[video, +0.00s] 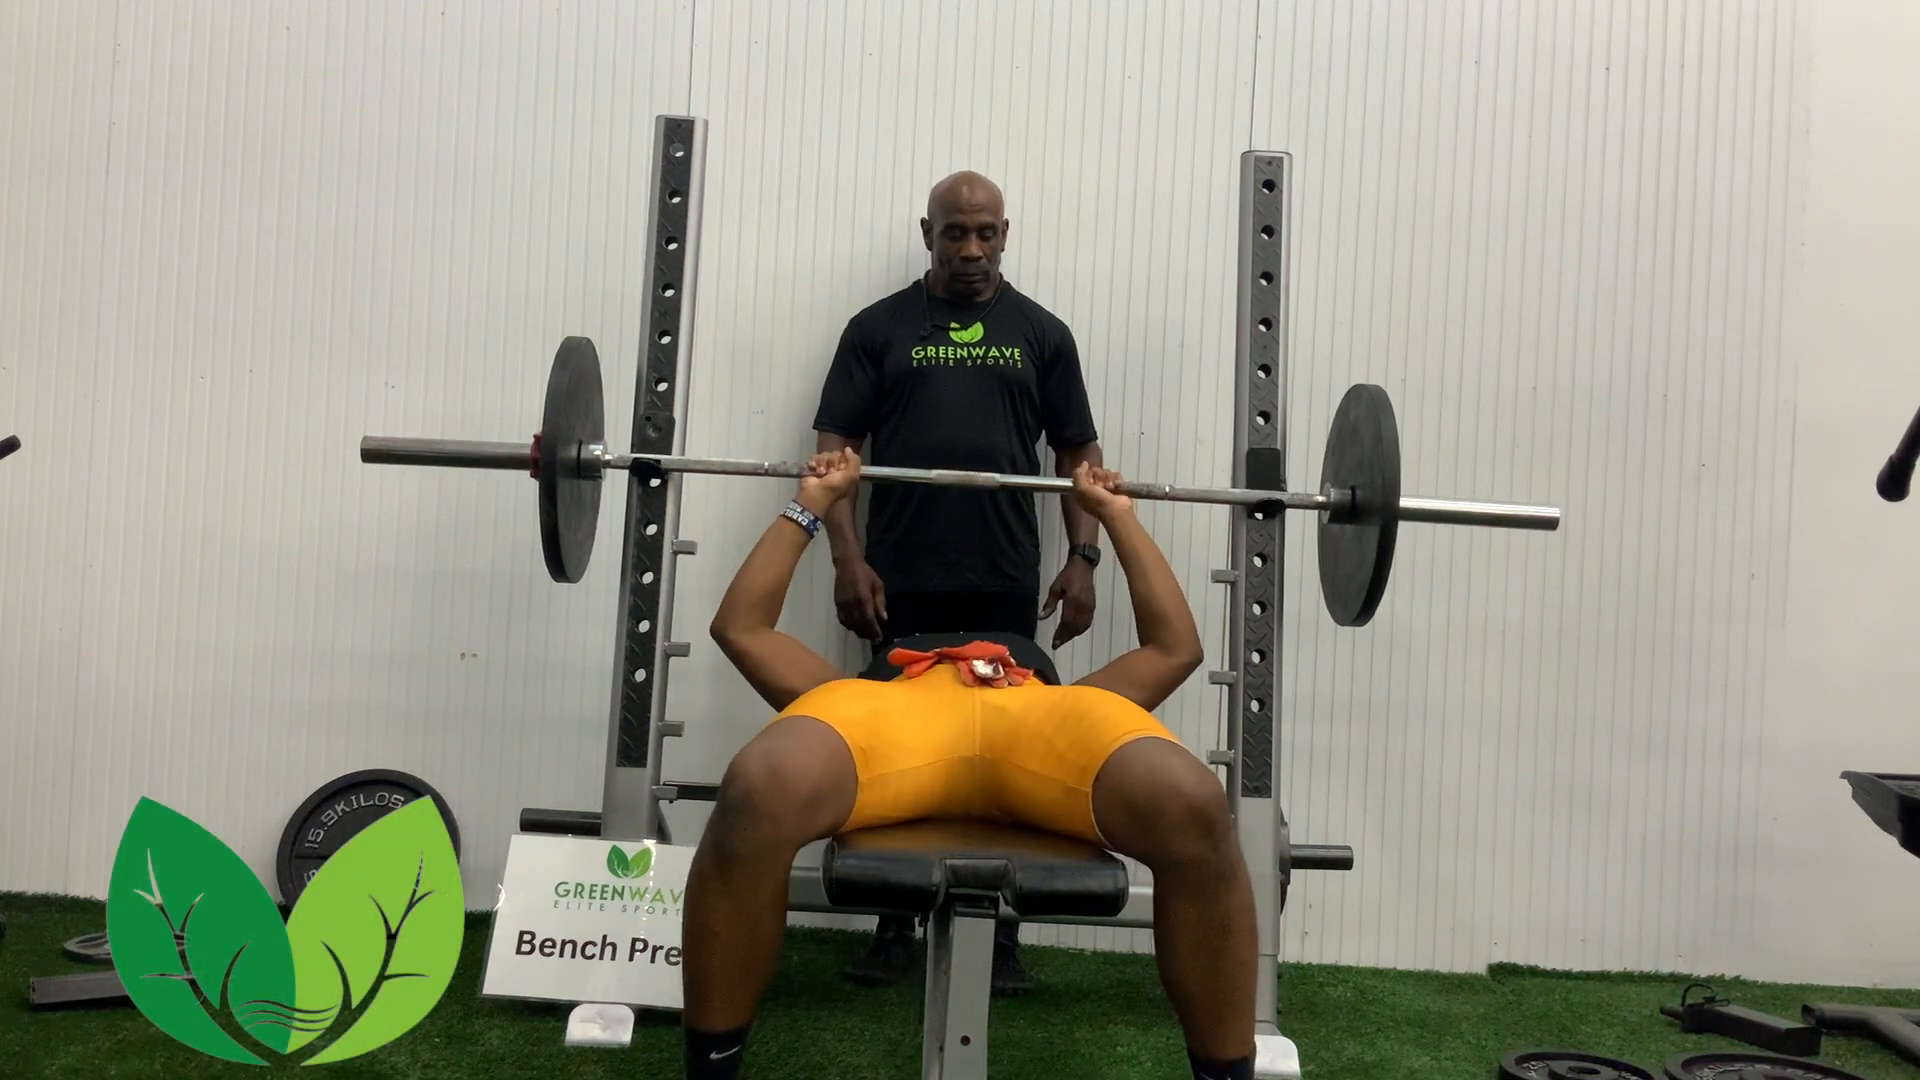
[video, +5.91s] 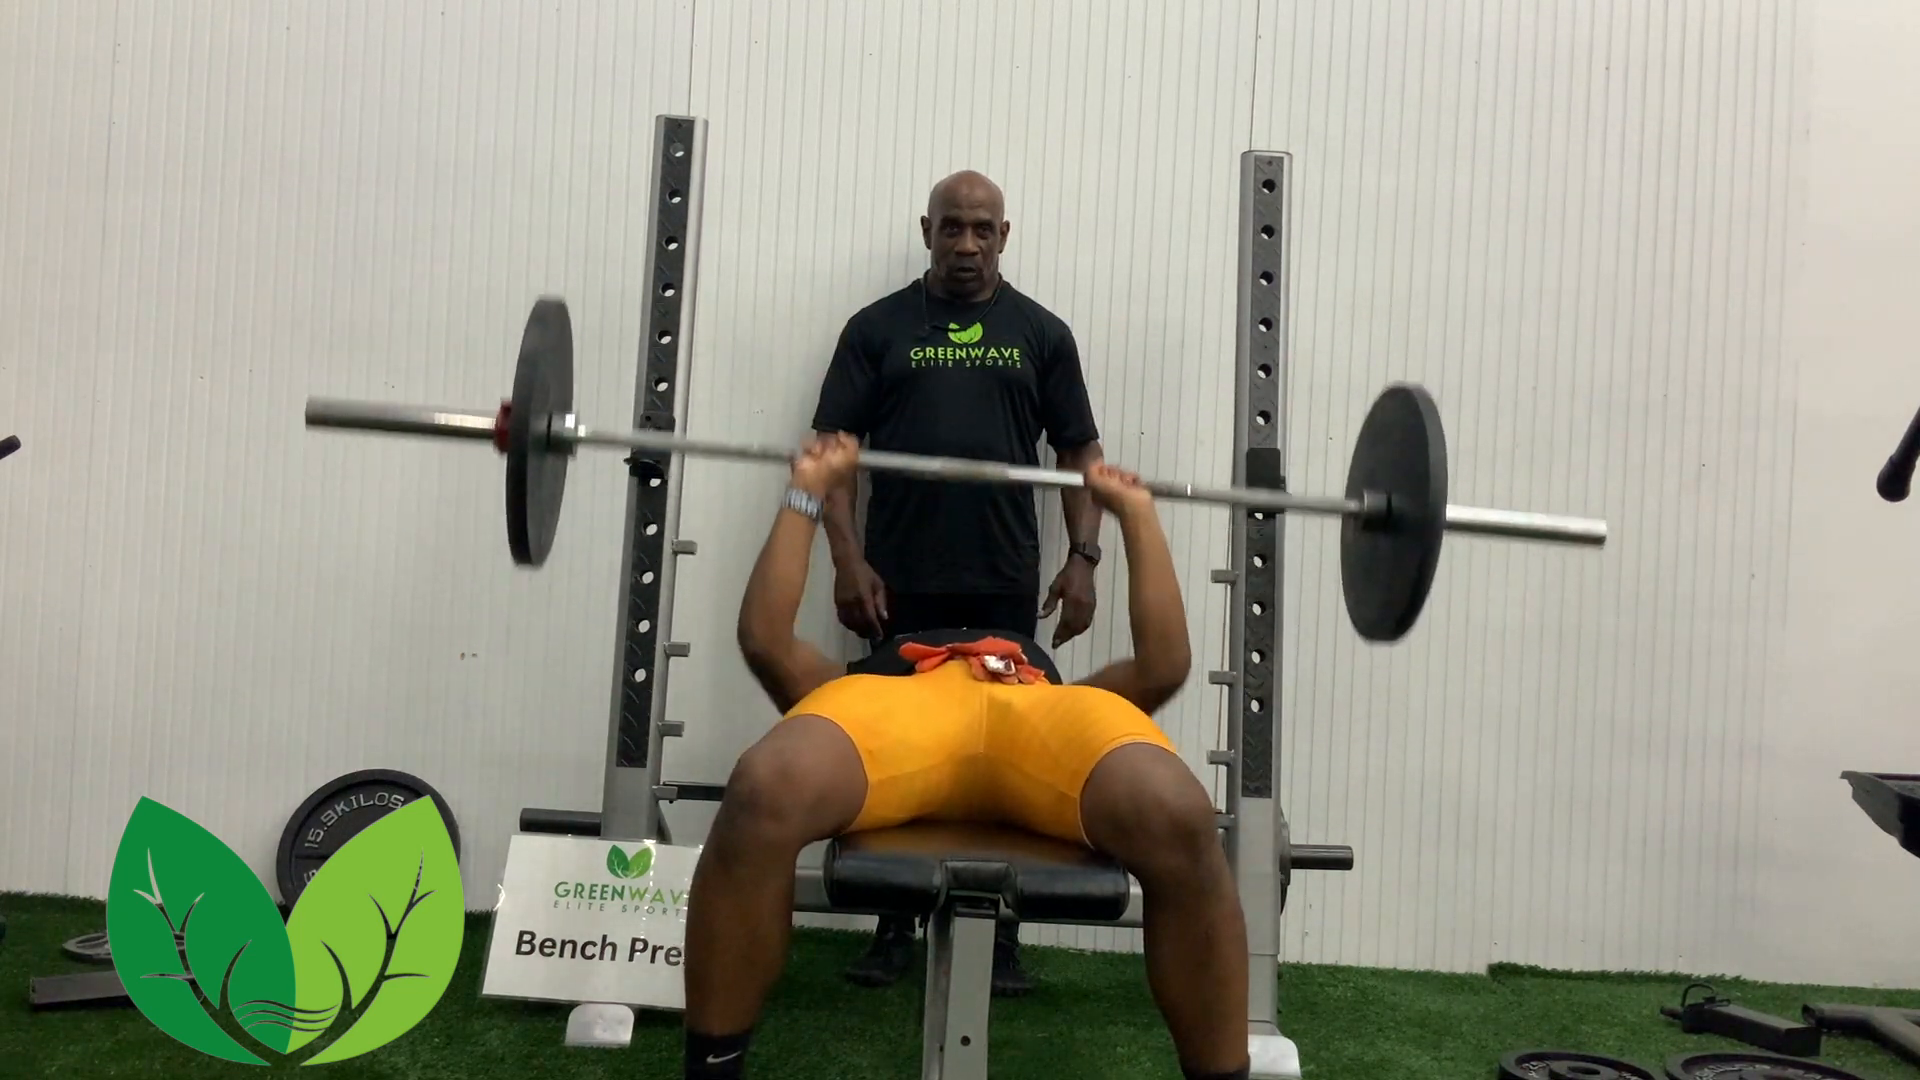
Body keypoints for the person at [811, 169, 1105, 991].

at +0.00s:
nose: (972, 248)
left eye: (987, 234)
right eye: (956, 233)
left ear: (1006, 238)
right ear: (927, 236)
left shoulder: (1041, 335)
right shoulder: (876, 332)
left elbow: (1078, 457)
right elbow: (833, 456)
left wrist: (1082, 558)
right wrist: (849, 561)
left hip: (1007, 583)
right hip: (903, 580)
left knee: (1013, 750)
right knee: (892, 747)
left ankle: (1000, 930)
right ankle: (896, 922)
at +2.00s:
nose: (967, 248)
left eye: (983, 235)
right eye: (952, 233)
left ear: (1005, 239)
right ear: (926, 237)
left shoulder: (1042, 336)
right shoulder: (877, 330)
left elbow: (1078, 455)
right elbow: (836, 445)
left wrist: (1083, 563)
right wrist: (844, 556)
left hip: (1006, 590)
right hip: (900, 585)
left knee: (1011, 759)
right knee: (889, 754)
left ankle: (1000, 931)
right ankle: (894, 924)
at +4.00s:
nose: (969, 249)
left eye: (986, 235)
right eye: (954, 233)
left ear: (1006, 241)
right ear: (928, 234)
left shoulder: (1044, 336)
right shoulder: (879, 328)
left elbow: (1076, 461)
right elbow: (833, 445)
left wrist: (1082, 561)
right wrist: (847, 556)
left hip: (1008, 582)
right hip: (896, 580)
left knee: (1012, 746)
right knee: (887, 743)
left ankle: (1000, 926)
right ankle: (897, 919)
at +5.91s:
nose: (967, 244)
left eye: (984, 231)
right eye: (952, 229)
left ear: (1005, 239)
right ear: (926, 234)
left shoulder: (1042, 336)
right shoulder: (875, 331)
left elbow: (1079, 458)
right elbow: (831, 457)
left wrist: (1082, 558)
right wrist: (849, 561)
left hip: (1006, 588)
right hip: (900, 586)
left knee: (1013, 753)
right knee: (888, 751)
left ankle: (999, 931)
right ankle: (895, 922)